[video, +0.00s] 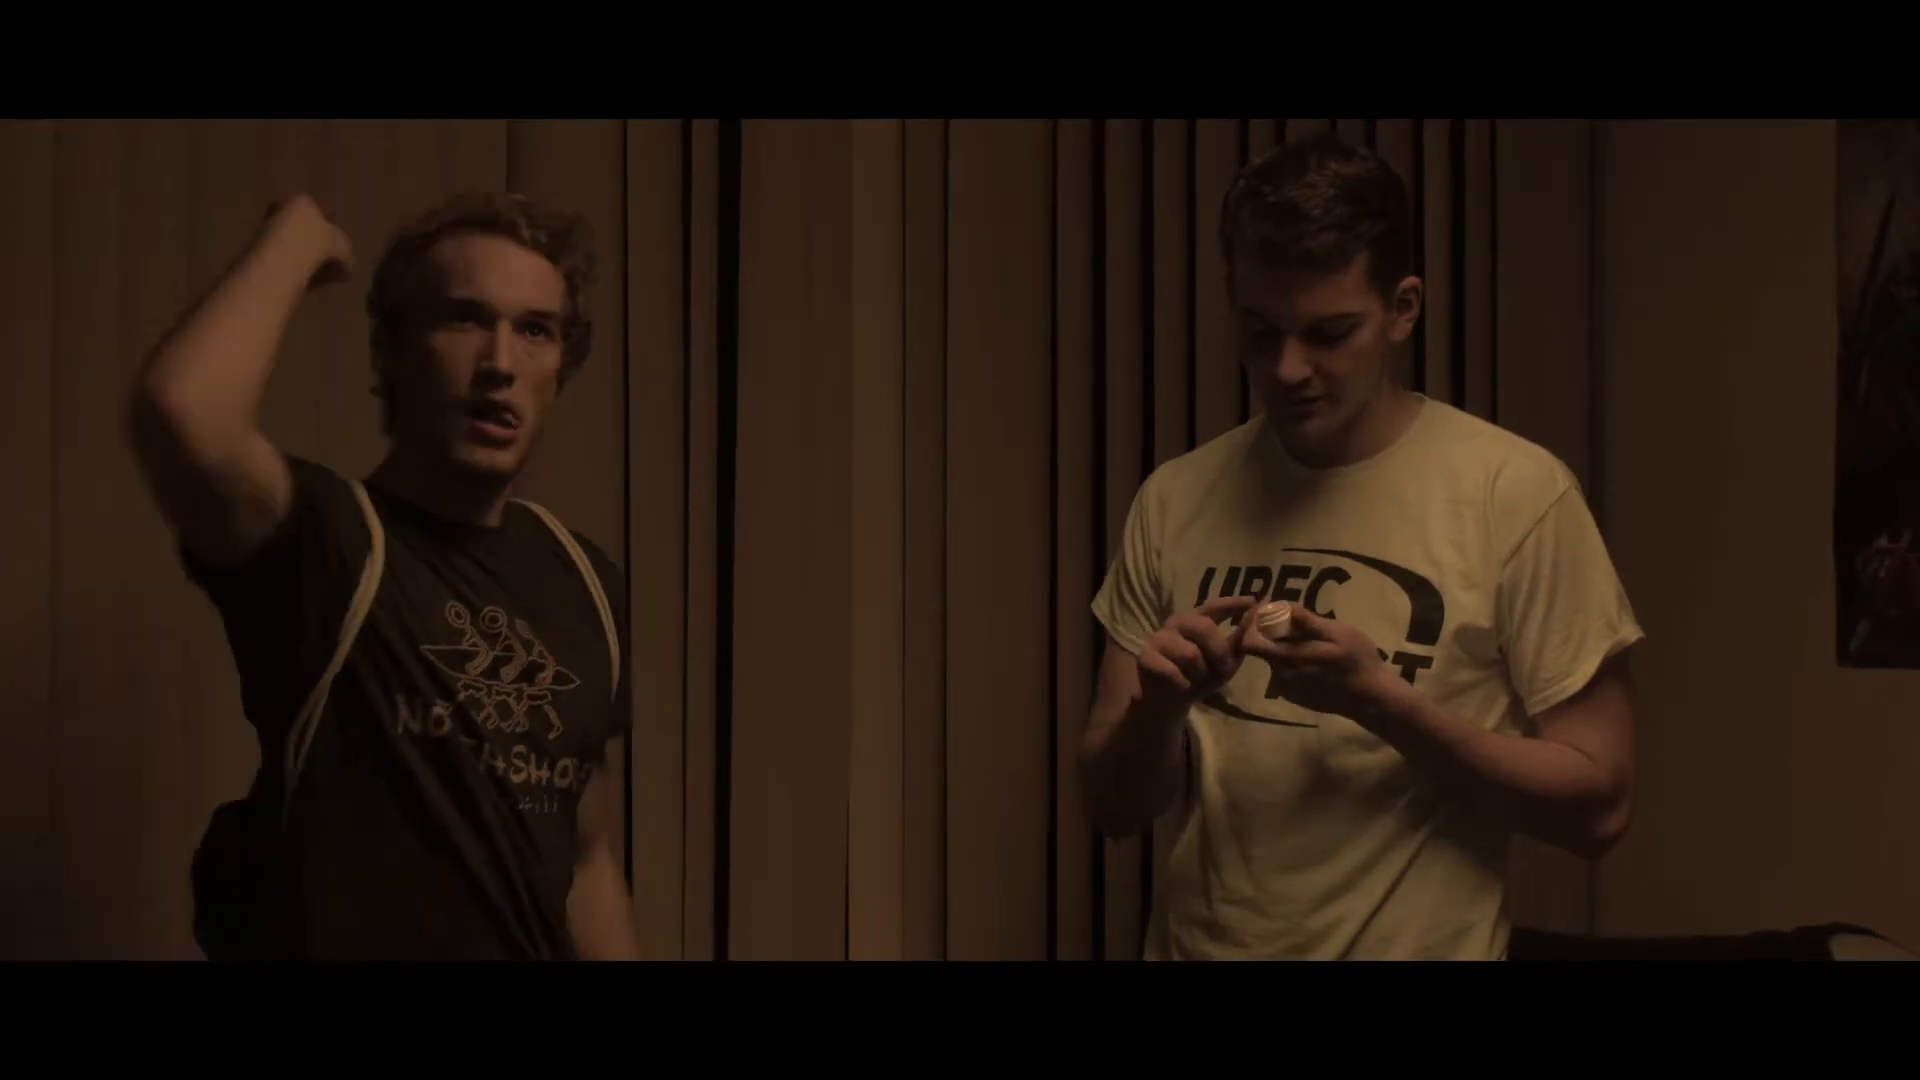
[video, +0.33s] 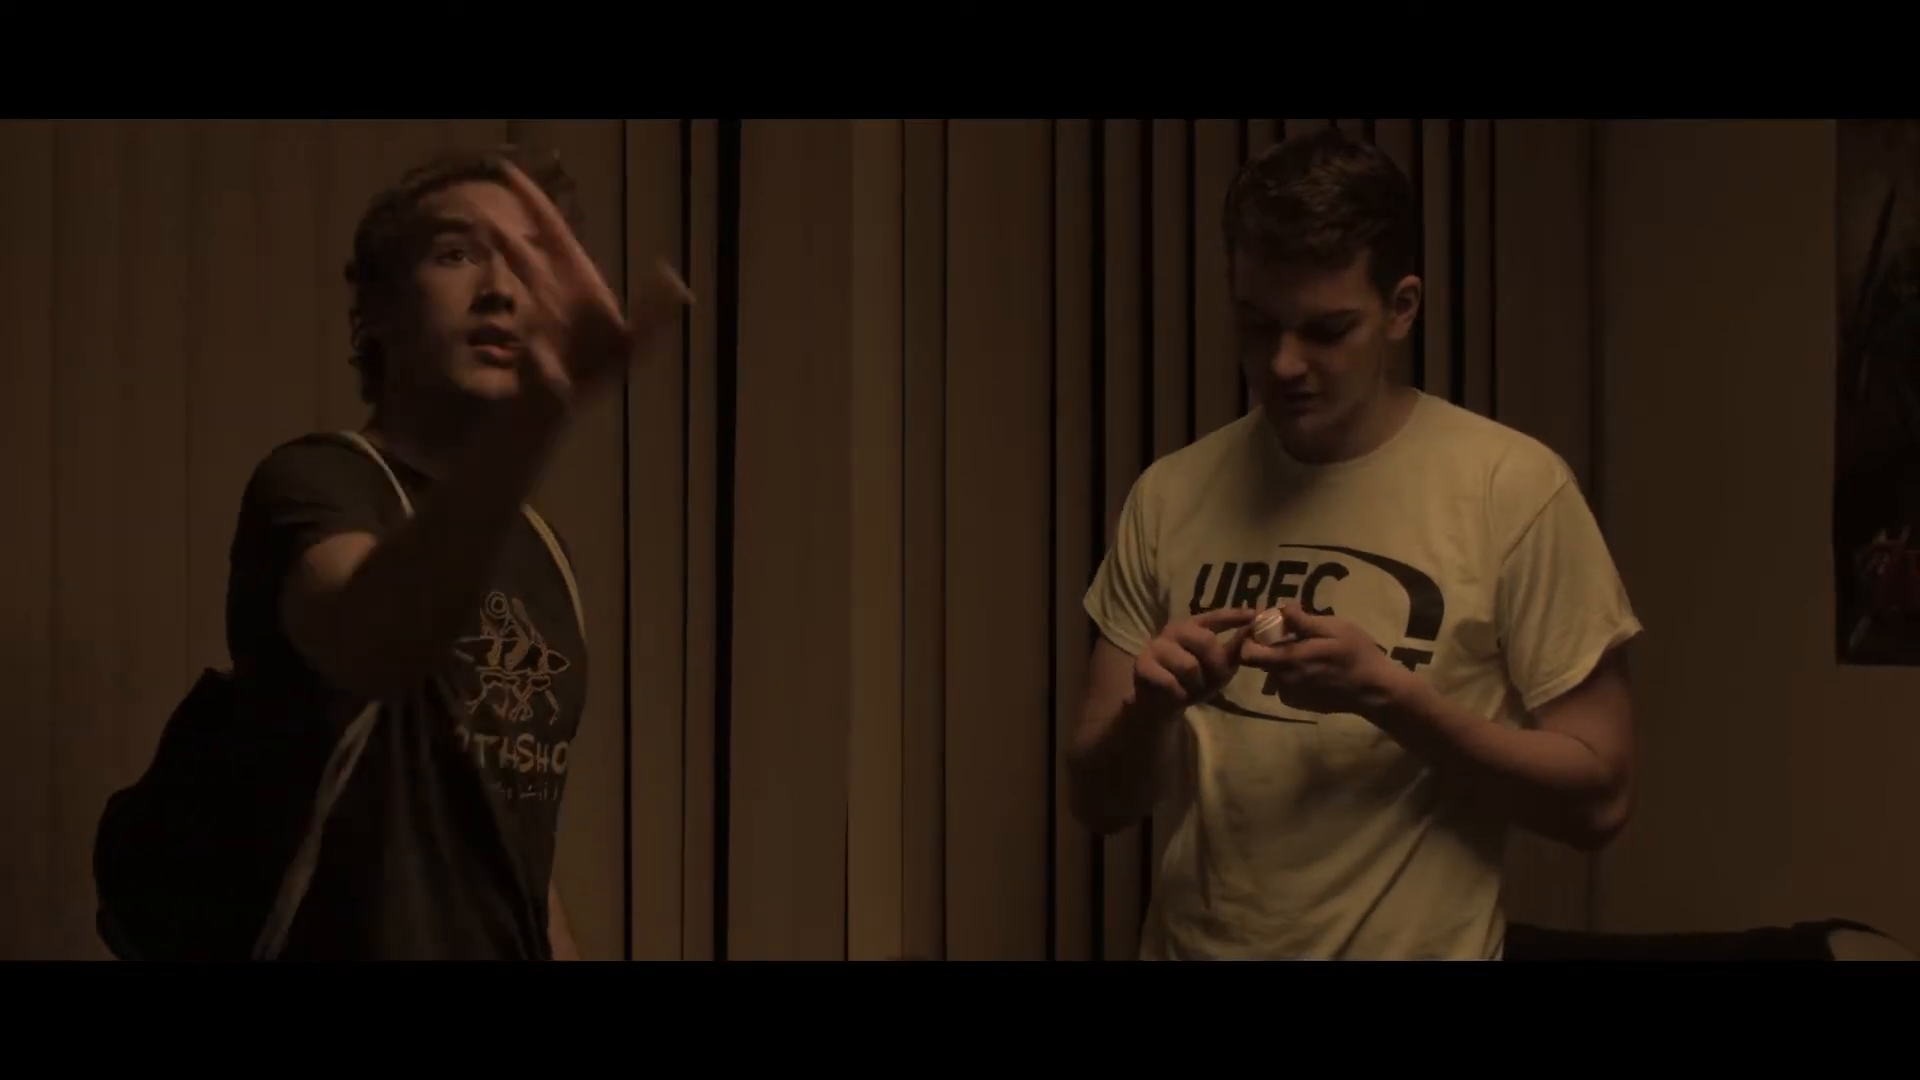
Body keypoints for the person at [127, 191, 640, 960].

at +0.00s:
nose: (502, 363)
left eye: (535, 330)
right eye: (465, 320)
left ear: (561, 367)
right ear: (389, 352)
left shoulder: (585, 580)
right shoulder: (310, 543)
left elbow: (583, 852)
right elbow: (185, 408)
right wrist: (296, 234)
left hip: (522, 943)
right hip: (330, 935)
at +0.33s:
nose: (501, 288)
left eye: (527, 263)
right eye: (456, 254)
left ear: (560, 305)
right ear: (374, 310)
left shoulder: (536, 548)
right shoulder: (314, 482)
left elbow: (510, 823)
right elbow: (366, 646)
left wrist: (556, 941)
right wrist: (526, 426)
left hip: (491, 938)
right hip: (334, 931)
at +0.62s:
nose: (488, 284)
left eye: (518, 265)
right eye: (445, 253)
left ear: (545, 314)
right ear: (363, 300)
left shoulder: (526, 552)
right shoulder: (305, 474)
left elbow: (499, 848)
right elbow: (352, 621)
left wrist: (557, 944)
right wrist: (559, 415)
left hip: (473, 938)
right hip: (305, 926)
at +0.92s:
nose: (485, 332)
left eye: (518, 298)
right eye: (444, 292)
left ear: (549, 329)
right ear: (371, 323)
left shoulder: (529, 539)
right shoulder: (306, 517)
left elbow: (522, 829)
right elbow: (212, 831)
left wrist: (568, 943)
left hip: (497, 946)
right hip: (332, 945)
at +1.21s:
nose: (408, 449)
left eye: (441, 400)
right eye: (372, 407)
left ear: (509, 383)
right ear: (337, 398)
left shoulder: (606, 553)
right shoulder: (247, 589)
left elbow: (635, 813)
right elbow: (172, 881)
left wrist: (673, 949)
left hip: (553, 945)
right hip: (326, 949)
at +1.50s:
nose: (302, 472)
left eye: (335, 428)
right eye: (278, 434)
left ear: (433, 401)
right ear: (258, 425)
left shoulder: (606, 553)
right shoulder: (230, 618)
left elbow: (734, 821)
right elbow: (195, 901)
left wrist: (815, 960)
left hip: (576, 948)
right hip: (349, 953)